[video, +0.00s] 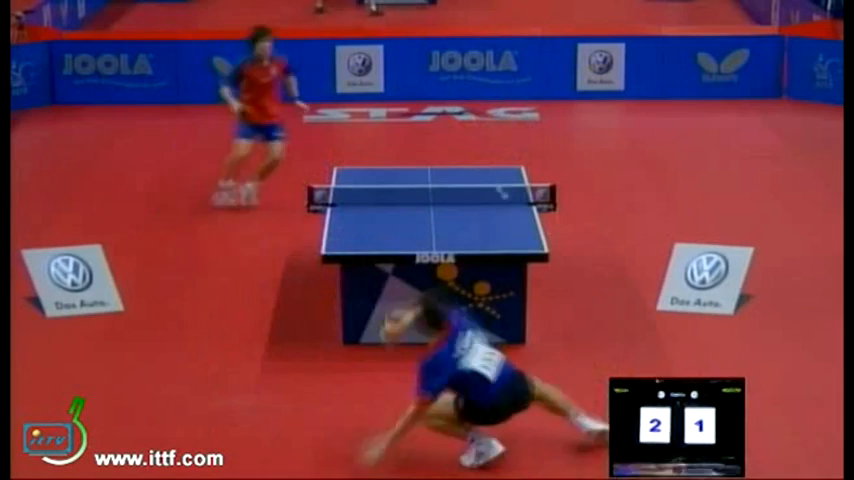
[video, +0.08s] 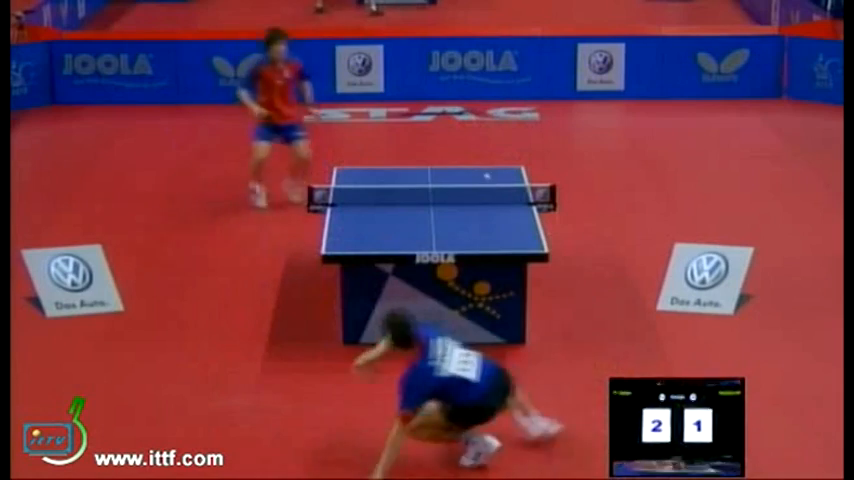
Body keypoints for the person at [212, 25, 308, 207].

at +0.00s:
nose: (267, 48)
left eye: (269, 43)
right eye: (263, 44)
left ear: (272, 46)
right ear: (255, 46)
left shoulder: (279, 65)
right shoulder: (246, 67)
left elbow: (290, 79)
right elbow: (225, 87)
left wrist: (295, 98)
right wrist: (233, 102)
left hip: (271, 115)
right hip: (249, 115)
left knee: (277, 156)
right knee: (241, 152)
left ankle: (252, 185)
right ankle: (225, 185)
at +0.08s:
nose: (281, 50)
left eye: (283, 45)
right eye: (277, 46)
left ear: (286, 47)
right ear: (269, 48)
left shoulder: (294, 66)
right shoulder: (259, 67)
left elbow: (305, 84)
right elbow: (242, 89)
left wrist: (309, 105)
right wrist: (254, 108)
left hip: (290, 116)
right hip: (268, 117)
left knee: (303, 154)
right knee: (260, 155)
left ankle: (294, 184)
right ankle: (256, 187)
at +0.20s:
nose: (309, 62)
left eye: (311, 58)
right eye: (305, 59)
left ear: (313, 59)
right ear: (297, 61)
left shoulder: (319, 76)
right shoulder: (287, 80)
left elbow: (330, 96)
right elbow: (278, 106)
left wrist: (345, 109)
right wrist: (303, 119)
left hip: (317, 125)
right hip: (292, 129)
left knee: (346, 155)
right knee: (275, 164)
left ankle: (368, 183)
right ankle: (266, 193)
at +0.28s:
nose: (338, 63)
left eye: (339, 59)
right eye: (334, 60)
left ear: (339, 60)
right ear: (325, 61)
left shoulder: (343, 74)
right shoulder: (314, 79)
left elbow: (353, 91)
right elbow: (309, 109)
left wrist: (366, 101)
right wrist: (338, 116)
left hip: (337, 126)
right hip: (313, 129)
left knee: (372, 153)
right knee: (289, 163)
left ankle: (386, 189)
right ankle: (268, 192)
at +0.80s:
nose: (474, 32)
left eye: (476, 28)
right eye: (470, 28)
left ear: (478, 29)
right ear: (461, 30)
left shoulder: (476, 49)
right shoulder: (449, 50)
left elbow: (479, 71)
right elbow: (431, 73)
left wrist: (486, 86)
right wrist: (434, 100)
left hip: (470, 103)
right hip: (453, 105)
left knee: (484, 140)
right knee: (467, 144)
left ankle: (487, 178)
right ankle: (454, 182)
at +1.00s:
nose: (524, 27)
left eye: (524, 23)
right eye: (522, 23)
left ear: (510, 23)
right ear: (513, 24)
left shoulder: (514, 45)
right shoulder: (499, 46)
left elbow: (507, 73)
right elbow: (484, 74)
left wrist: (521, 78)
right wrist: (476, 102)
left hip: (514, 101)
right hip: (503, 102)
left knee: (523, 142)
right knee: (510, 142)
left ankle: (524, 181)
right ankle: (479, 171)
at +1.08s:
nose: (540, 23)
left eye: (539, 18)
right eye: (537, 19)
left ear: (525, 18)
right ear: (531, 19)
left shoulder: (531, 41)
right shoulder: (516, 42)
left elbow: (524, 70)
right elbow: (502, 70)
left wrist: (537, 74)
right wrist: (500, 99)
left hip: (529, 96)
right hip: (518, 97)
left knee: (529, 137)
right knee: (531, 136)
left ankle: (524, 176)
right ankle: (506, 170)